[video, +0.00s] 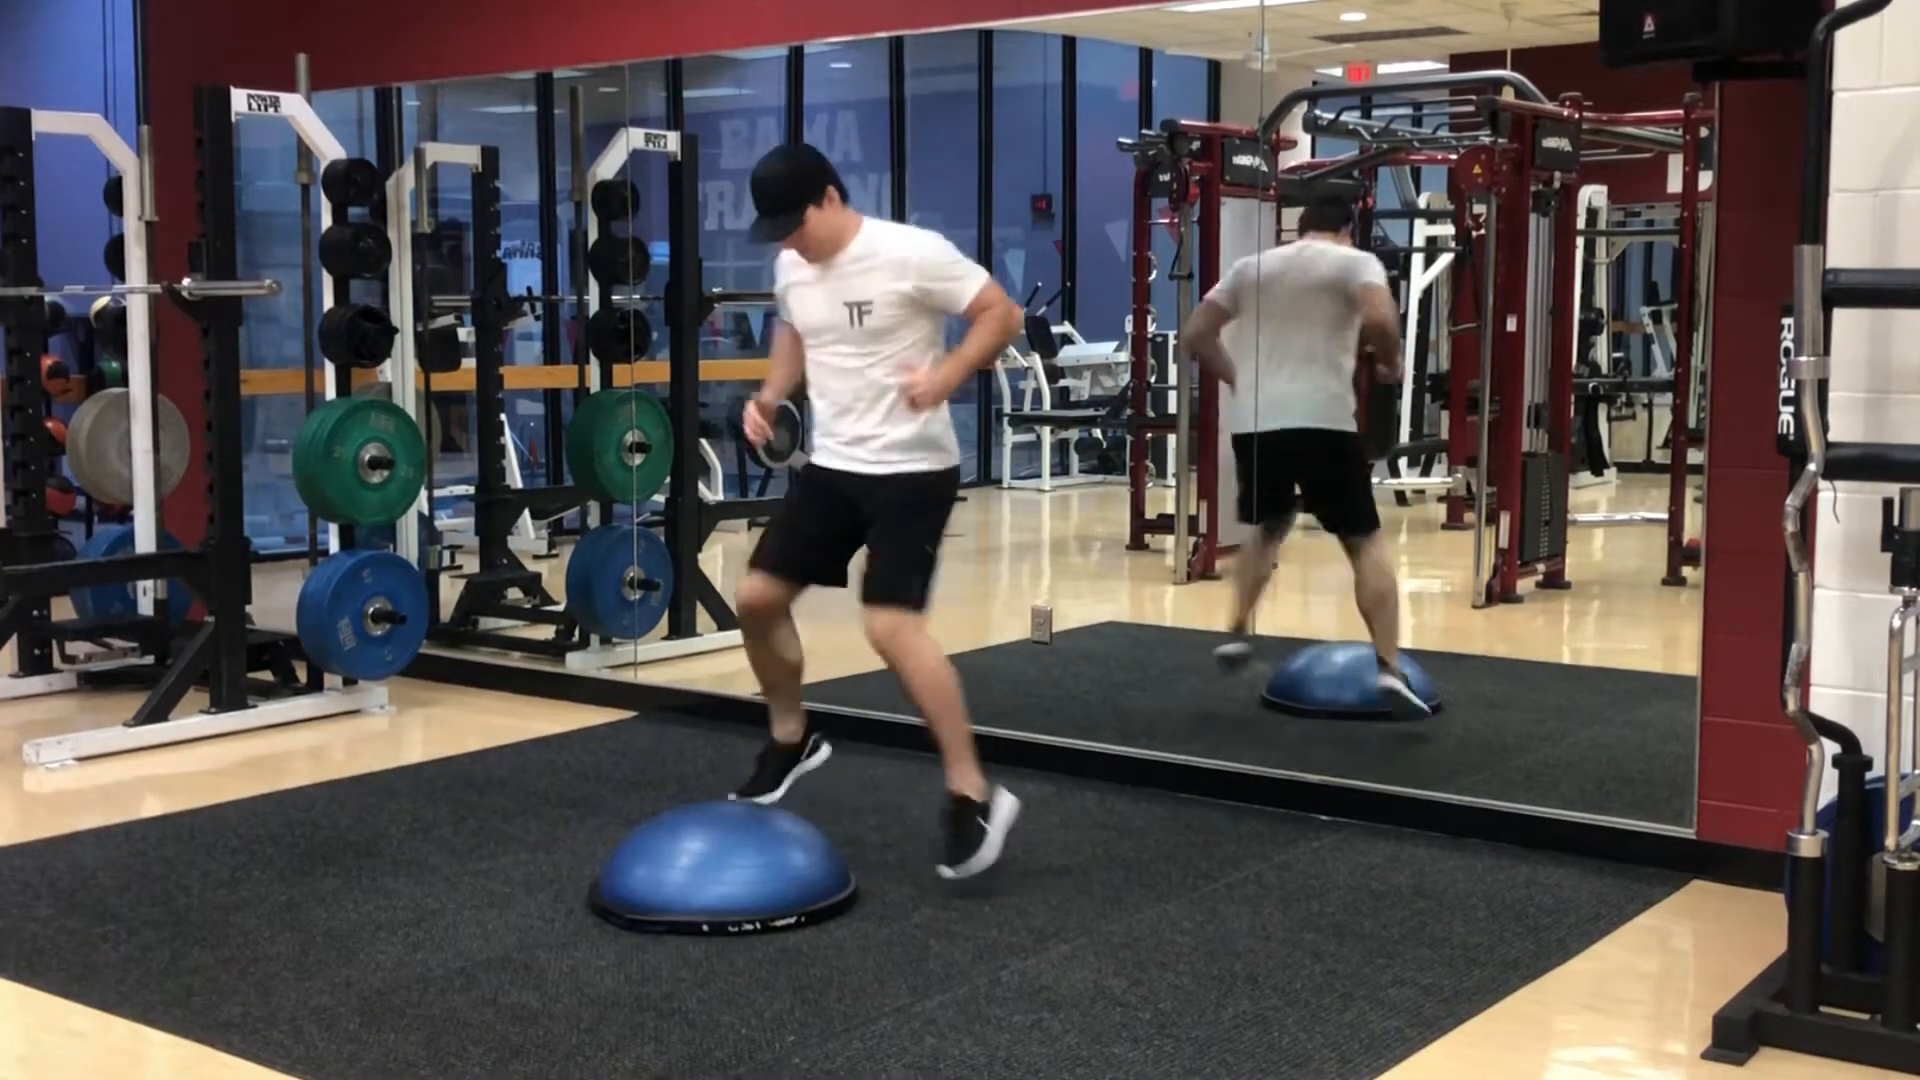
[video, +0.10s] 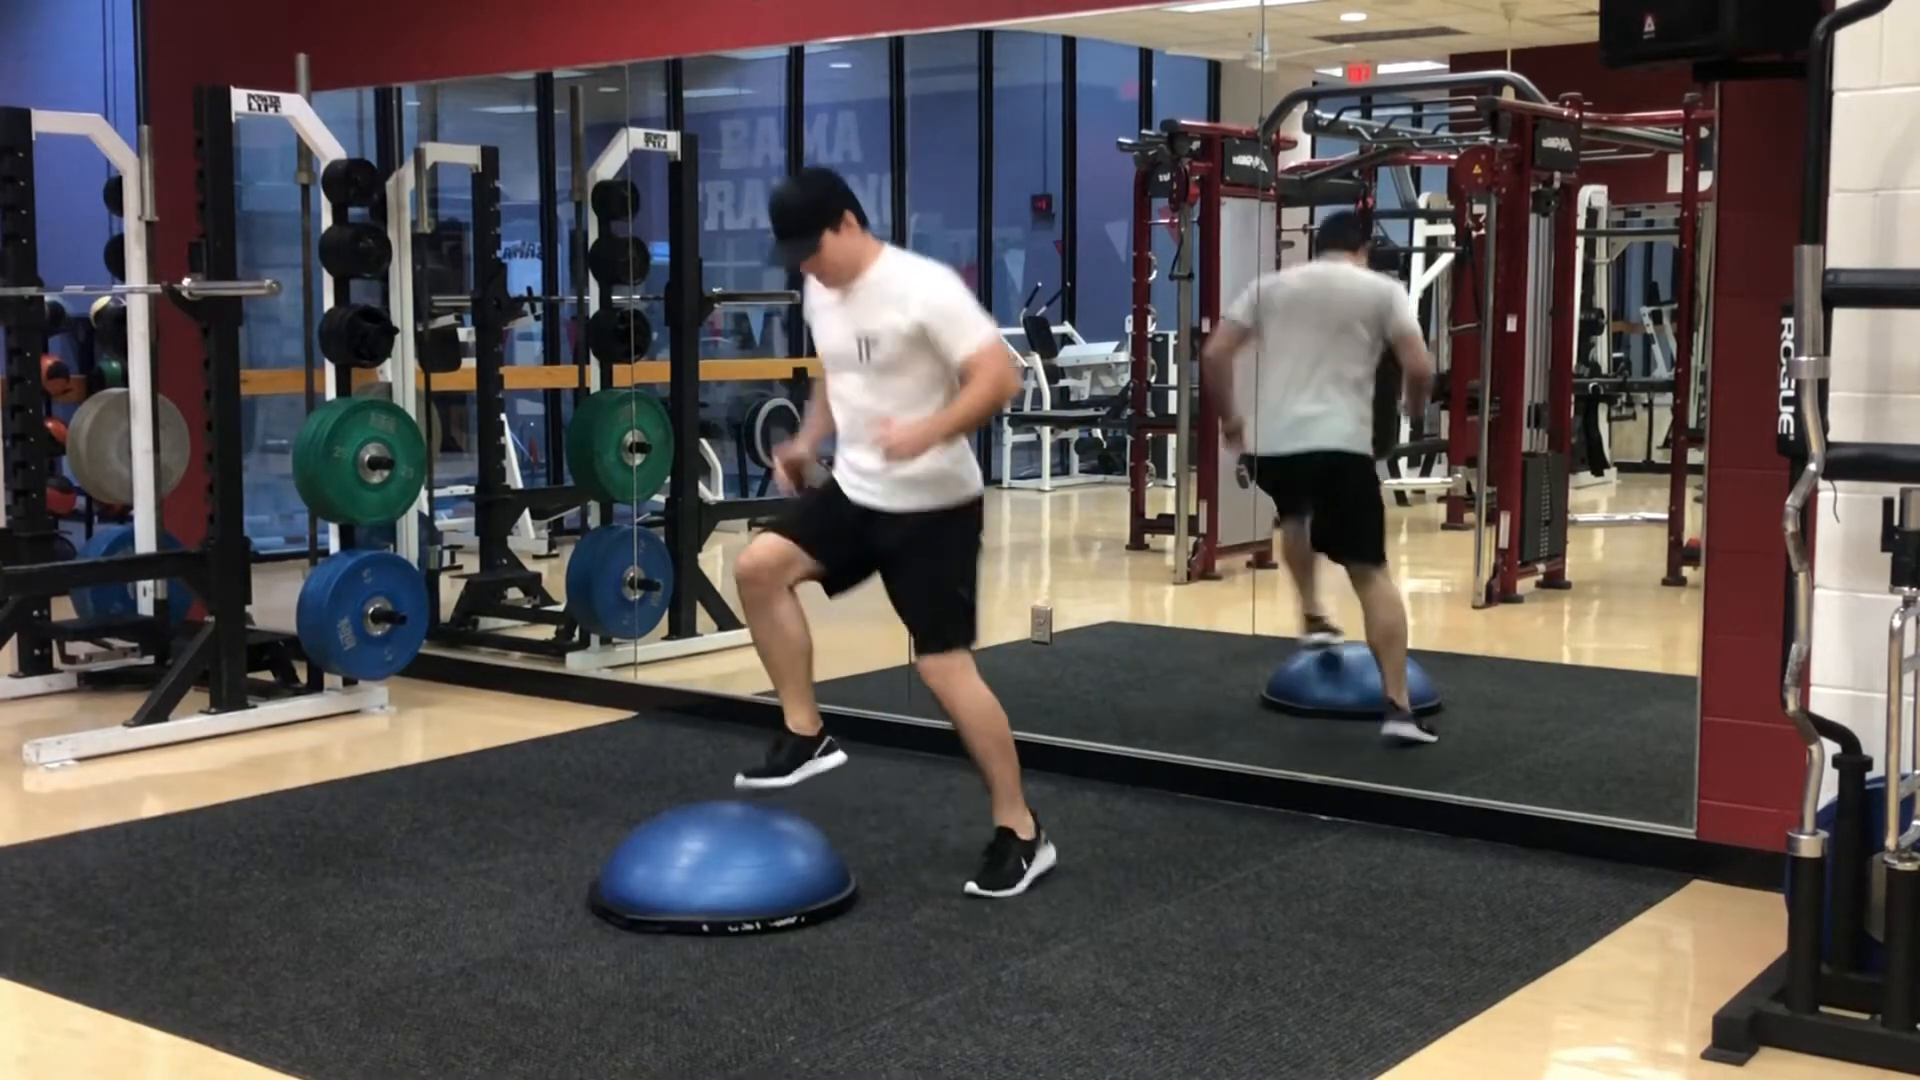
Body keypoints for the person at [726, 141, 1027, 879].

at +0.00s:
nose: (789, 245)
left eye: (794, 228)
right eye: (782, 234)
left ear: (828, 199)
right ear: (787, 218)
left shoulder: (912, 253)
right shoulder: (794, 267)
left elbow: (1003, 312)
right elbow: (793, 339)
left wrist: (947, 374)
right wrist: (769, 398)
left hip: (912, 472)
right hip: (831, 470)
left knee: (891, 623)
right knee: (758, 600)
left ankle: (973, 795)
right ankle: (789, 740)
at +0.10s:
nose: (808, 270)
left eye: (812, 253)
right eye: (799, 259)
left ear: (847, 225)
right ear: (802, 246)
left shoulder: (925, 286)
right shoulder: (820, 295)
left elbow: (998, 375)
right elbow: (836, 385)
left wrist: (929, 429)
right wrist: (806, 442)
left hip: (933, 509)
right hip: (855, 500)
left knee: (946, 667)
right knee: (758, 567)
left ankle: (1019, 828)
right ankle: (805, 733)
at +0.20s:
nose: (819, 290)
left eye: (824, 273)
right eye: (812, 278)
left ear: (864, 251)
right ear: (840, 262)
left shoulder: (936, 320)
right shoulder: (840, 320)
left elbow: (978, 431)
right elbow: (861, 417)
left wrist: (875, 448)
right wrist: (821, 467)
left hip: (951, 533)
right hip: (871, 517)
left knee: (952, 688)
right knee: (767, 574)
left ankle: (1025, 837)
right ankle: (814, 741)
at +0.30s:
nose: (819, 263)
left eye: (822, 246)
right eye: (811, 251)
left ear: (858, 222)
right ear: (831, 233)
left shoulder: (933, 283)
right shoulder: (834, 284)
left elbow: (992, 378)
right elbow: (860, 374)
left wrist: (893, 387)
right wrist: (810, 397)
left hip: (932, 512)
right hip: (854, 496)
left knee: (955, 664)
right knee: (760, 581)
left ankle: (1016, 828)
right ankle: (817, 730)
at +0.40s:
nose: (799, 243)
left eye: (802, 227)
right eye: (791, 232)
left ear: (838, 197)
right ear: (814, 209)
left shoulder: (923, 247)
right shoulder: (810, 264)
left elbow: (1009, 319)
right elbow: (824, 350)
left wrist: (936, 373)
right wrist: (801, 360)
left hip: (919, 470)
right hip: (838, 467)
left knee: (894, 616)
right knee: (778, 609)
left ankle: (960, 766)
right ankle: (792, 748)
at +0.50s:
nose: (783, 254)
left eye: (789, 238)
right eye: (775, 244)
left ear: (826, 211)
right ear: (774, 235)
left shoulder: (909, 258)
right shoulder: (779, 279)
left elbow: (1007, 311)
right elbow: (760, 362)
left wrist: (982, 402)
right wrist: (774, 375)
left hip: (916, 462)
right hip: (834, 476)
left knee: (837, 571)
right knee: (801, 642)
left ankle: (872, 724)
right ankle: (794, 784)